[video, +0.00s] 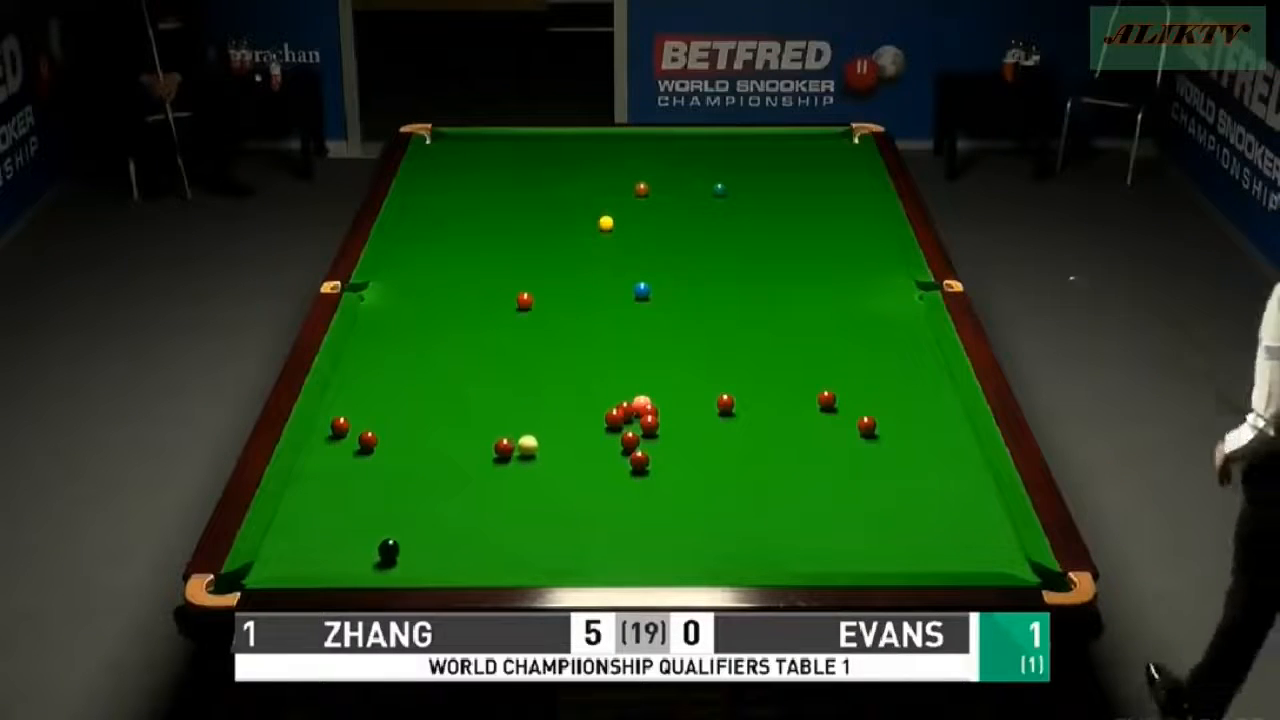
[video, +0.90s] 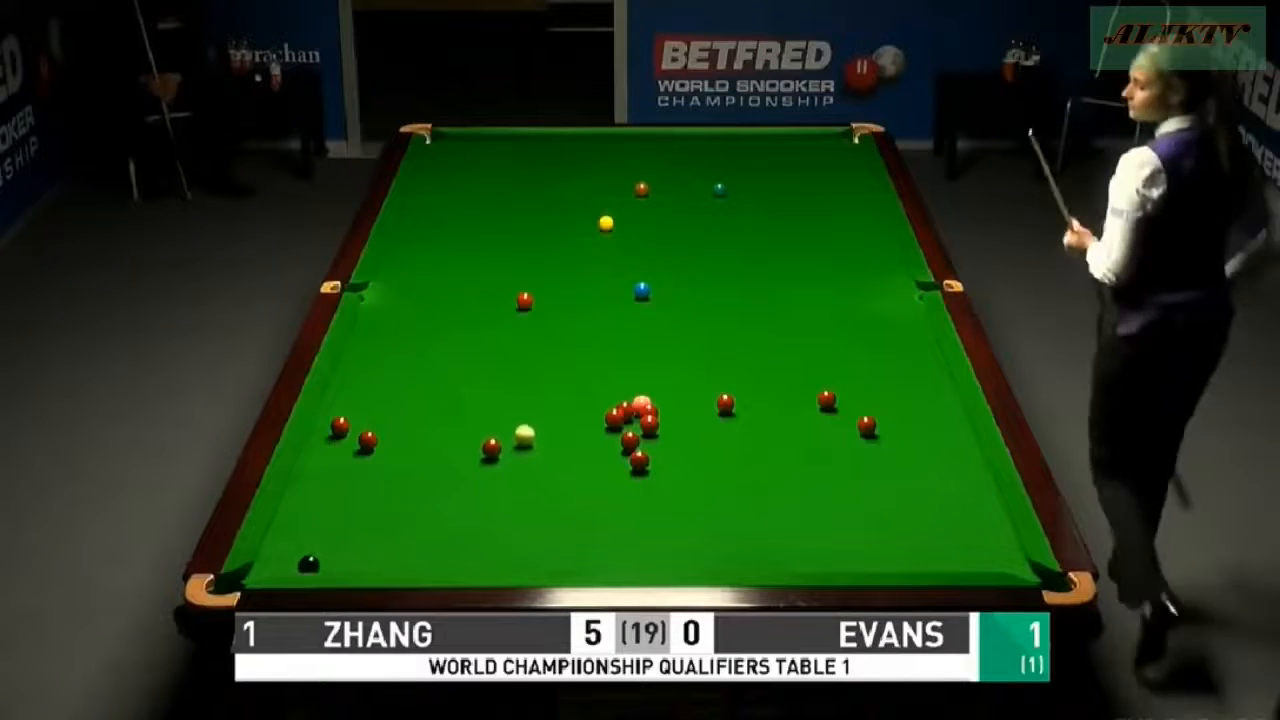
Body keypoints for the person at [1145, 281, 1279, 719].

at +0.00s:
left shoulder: (1277, 303)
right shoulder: (1274, 303)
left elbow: (1264, 421)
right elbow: (1263, 418)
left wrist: (1229, 448)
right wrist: (1233, 445)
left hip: (1274, 469)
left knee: (1252, 595)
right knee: (1254, 596)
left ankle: (1202, 699)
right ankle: (1201, 697)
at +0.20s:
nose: (1230, 170)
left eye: (1240, 162)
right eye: (1234, 158)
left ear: (1269, 176)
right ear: (1269, 176)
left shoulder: (1249, 268)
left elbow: (1234, 393)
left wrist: (1198, 390)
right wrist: (1211, 384)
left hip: (1246, 451)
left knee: (1220, 587)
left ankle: (1197, 700)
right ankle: (1198, 695)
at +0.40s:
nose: (1192, 144)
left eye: (1203, 137)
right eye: (1196, 132)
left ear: (1237, 149)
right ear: (1252, 148)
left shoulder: (1210, 236)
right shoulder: (1279, 216)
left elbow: (1181, 353)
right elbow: (1257, 324)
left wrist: (1142, 333)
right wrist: (1179, 328)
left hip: (1212, 424)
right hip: (1268, 415)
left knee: (1202, 562)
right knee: (1236, 546)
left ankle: (1195, 696)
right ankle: (1260, 685)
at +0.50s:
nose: (1175, 131)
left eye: (1186, 125)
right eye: (1180, 119)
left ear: (1220, 137)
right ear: (1238, 136)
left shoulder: (1190, 218)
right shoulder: (1268, 196)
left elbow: (1156, 329)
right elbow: (1241, 298)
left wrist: (1123, 310)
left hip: (1195, 401)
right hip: (1258, 392)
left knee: (1192, 546)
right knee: (1201, 518)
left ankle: (1197, 694)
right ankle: (1201, 650)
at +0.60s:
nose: (1164, 127)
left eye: (1175, 120)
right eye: (1169, 116)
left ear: (1208, 131)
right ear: (1223, 131)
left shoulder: (1176, 213)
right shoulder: (1255, 189)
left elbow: (1148, 324)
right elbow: (1240, 291)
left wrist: (1118, 300)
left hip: (1184, 396)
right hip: (1247, 385)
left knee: (1189, 536)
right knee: (1184, 502)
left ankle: (1197, 693)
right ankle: (1165, 607)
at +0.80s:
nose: (1138, 110)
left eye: (1149, 104)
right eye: (1142, 100)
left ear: (1180, 114)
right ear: (1200, 114)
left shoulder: (1152, 189)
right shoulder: (1241, 169)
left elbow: (1125, 294)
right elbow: (1267, 261)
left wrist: (1100, 270)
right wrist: (1231, 303)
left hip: (1154, 352)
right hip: (1220, 344)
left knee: (1156, 501)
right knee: (1154, 461)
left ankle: (1185, 669)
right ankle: (1126, 568)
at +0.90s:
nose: (1127, 91)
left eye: (1138, 84)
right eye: (1130, 81)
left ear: (1174, 93)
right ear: (1187, 91)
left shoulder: (1143, 163)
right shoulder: (1230, 145)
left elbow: (1113, 268)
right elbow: (1259, 235)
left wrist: (1086, 244)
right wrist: (1214, 274)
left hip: (1139, 331)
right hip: (1202, 322)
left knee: (1111, 460)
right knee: (1156, 446)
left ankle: (1152, 598)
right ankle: (1127, 565)